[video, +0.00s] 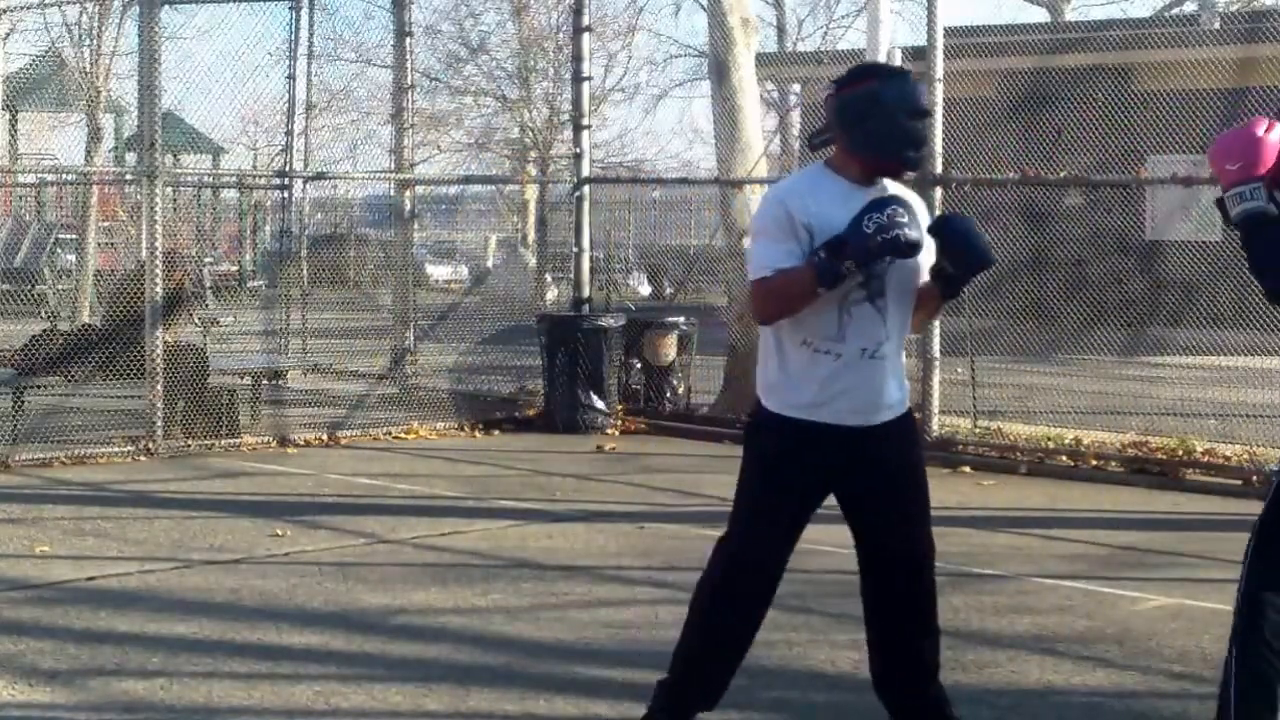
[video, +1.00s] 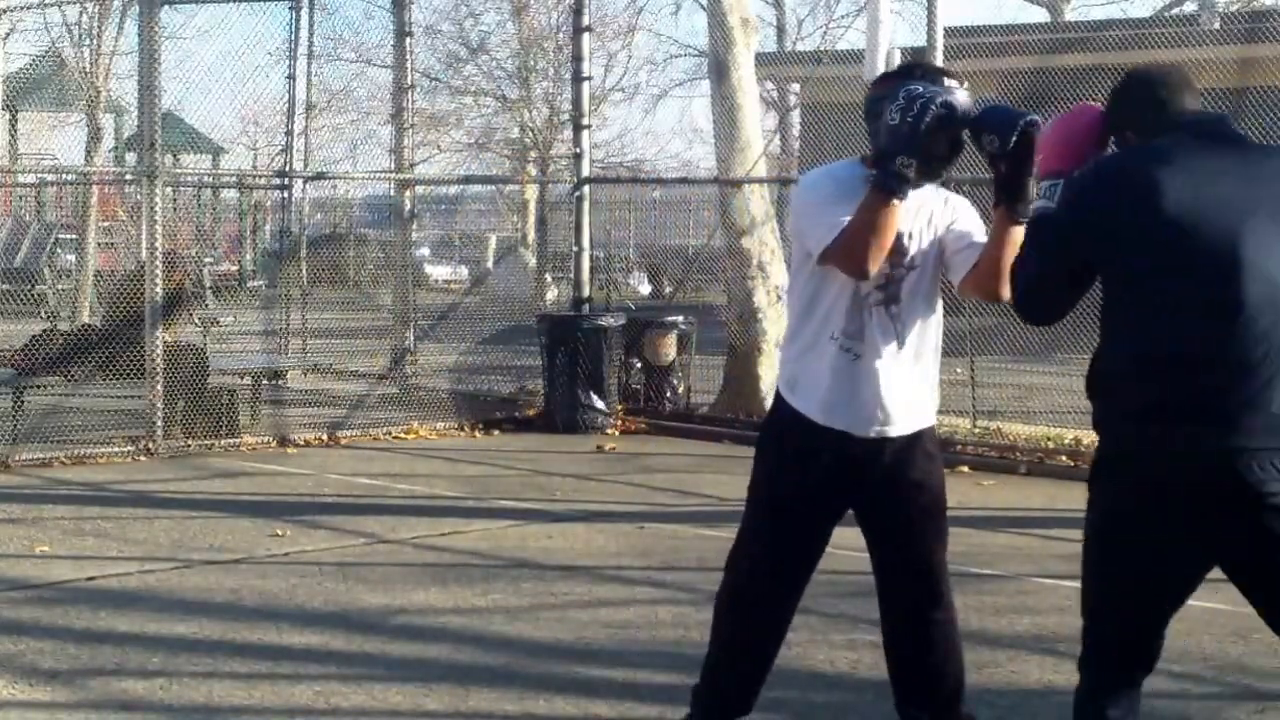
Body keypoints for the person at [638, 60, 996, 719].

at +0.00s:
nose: (908, 152)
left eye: (912, 138)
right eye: (896, 138)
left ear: (911, 136)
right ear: (856, 133)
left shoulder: (907, 204)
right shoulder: (786, 200)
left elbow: (909, 314)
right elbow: (765, 303)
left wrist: (949, 278)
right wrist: (840, 259)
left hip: (883, 428)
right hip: (791, 425)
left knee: (906, 582)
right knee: (743, 574)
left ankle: (919, 708)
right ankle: (675, 706)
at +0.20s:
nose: (895, 126)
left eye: (895, 114)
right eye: (881, 114)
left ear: (886, 117)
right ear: (834, 119)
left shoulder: (914, 196)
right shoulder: (777, 197)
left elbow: (961, 276)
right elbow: (782, 298)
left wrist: (927, 277)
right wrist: (851, 235)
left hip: (890, 422)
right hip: (798, 422)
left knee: (903, 589)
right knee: (762, 588)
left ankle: (923, 715)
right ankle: (721, 713)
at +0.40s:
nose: (847, 127)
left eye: (849, 113)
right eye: (829, 115)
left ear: (852, 117)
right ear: (784, 124)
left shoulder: (878, 194)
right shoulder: (743, 209)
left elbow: (920, 273)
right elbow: (736, 316)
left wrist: (890, 281)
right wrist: (803, 248)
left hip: (873, 428)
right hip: (777, 434)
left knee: (912, 594)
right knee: (746, 601)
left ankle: (933, 708)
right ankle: (722, 713)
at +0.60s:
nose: (845, 135)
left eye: (858, 122)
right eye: (829, 122)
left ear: (878, 130)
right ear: (804, 129)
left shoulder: (898, 200)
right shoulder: (770, 202)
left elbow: (960, 280)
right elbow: (809, 283)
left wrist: (967, 192)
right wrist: (834, 194)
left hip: (886, 439)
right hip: (789, 442)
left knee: (918, 611)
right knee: (752, 610)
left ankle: (940, 716)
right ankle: (717, 716)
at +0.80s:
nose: (920, 129)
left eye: (927, 118)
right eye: (909, 115)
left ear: (930, 133)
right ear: (873, 122)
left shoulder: (931, 206)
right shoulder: (814, 193)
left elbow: (995, 276)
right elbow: (876, 262)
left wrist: (1005, 178)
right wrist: (908, 172)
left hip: (903, 444)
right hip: (807, 439)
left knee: (924, 617)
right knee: (755, 609)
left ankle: (941, 716)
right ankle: (714, 713)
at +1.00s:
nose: (926, 125)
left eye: (941, 114)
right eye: (913, 107)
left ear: (954, 129)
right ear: (878, 112)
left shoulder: (946, 208)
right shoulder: (819, 189)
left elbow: (995, 284)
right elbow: (861, 260)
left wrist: (1012, 188)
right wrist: (897, 170)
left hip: (907, 441)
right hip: (808, 434)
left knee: (923, 612)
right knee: (755, 604)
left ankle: (939, 717)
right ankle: (713, 712)